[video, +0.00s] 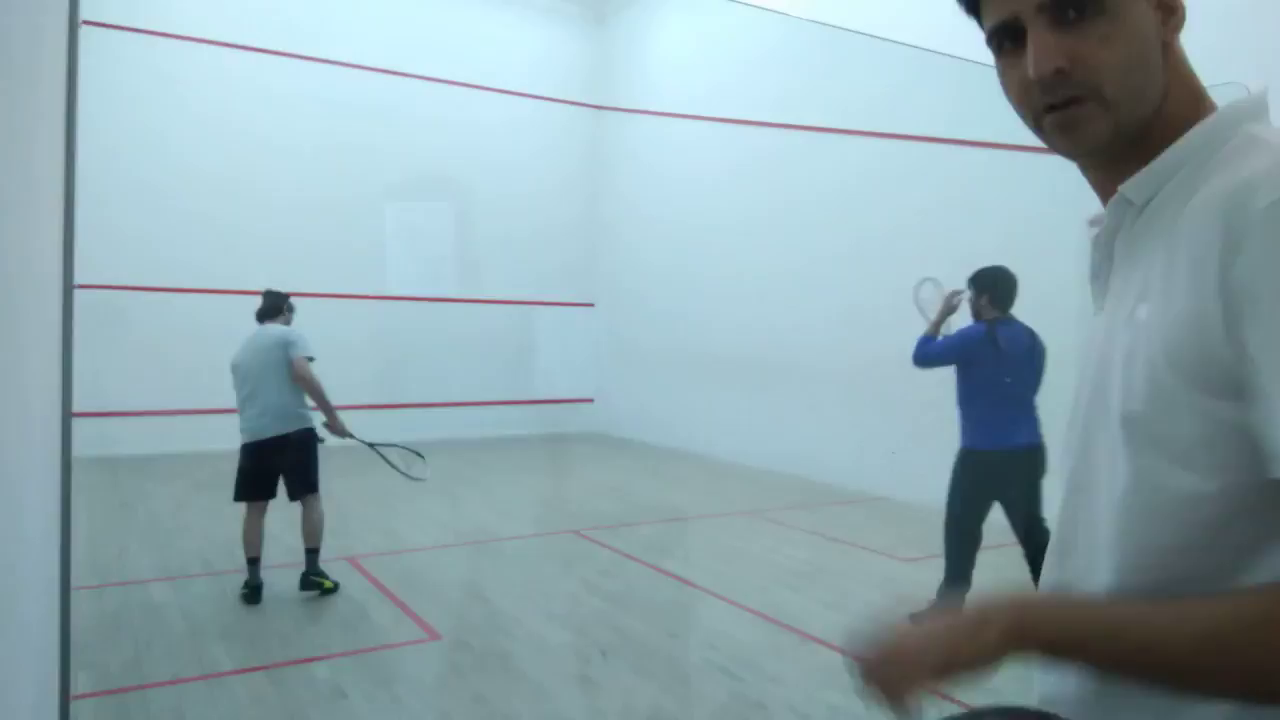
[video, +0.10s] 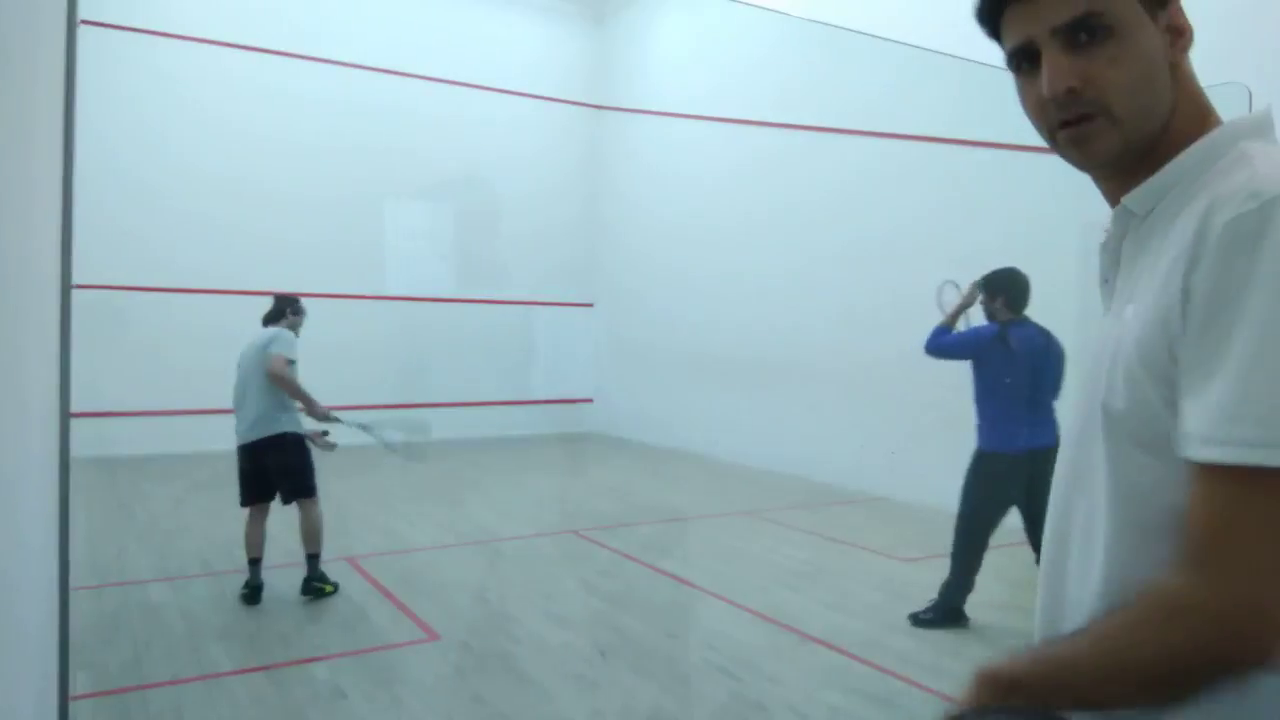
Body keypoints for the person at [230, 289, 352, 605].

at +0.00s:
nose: (292, 320)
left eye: (292, 316)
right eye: (291, 316)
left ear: (260, 314)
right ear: (285, 313)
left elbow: (246, 401)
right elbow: (302, 373)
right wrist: (331, 416)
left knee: (255, 507)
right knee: (310, 501)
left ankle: (253, 582)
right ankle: (312, 570)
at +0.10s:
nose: (300, 327)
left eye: (301, 321)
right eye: (299, 320)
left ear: (273, 317)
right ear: (288, 315)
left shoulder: (249, 350)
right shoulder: (283, 335)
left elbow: (260, 407)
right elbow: (278, 371)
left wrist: (305, 433)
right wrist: (313, 406)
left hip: (250, 443)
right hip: (282, 437)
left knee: (257, 509)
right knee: (308, 503)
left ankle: (254, 582)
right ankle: (314, 575)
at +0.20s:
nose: (325, 336)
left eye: (328, 330)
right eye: (325, 327)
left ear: (309, 323)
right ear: (308, 320)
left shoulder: (283, 352)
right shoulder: (282, 343)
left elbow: (270, 409)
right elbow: (253, 375)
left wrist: (300, 439)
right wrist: (297, 400)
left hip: (243, 438)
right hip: (262, 438)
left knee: (258, 507)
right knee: (287, 506)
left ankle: (250, 581)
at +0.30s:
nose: (335, 355)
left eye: (339, 349)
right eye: (335, 347)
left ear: (318, 341)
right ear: (317, 337)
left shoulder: (294, 369)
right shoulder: (278, 361)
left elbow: (274, 412)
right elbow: (247, 399)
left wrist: (284, 449)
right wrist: (292, 417)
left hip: (247, 441)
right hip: (237, 440)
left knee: (260, 506)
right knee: (268, 507)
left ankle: (239, 572)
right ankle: (261, 583)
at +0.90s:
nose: (325, 323)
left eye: (326, 317)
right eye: (324, 316)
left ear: (303, 314)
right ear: (312, 314)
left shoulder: (276, 341)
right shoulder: (287, 346)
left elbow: (267, 392)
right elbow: (264, 383)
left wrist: (306, 415)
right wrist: (305, 416)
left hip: (246, 431)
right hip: (264, 434)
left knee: (257, 499)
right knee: (297, 495)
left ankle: (240, 572)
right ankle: (279, 569)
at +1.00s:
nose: (338, 315)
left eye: (338, 309)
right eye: (337, 309)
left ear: (312, 307)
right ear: (328, 309)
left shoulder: (294, 338)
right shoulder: (309, 342)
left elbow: (291, 395)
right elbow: (296, 388)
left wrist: (325, 414)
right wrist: (344, 403)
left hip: (281, 433)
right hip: (299, 435)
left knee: (283, 497)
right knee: (319, 498)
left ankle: (246, 565)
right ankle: (321, 567)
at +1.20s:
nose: (375, 312)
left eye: (375, 306)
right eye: (374, 306)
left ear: (351, 306)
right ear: (364, 309)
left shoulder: (351, 343)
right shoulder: (334, 343)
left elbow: (362, 385)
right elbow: (313, 388)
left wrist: (401, 394)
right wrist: (349, 406)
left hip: (352, 433)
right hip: (334, 434)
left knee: (371, 488)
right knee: (337, 500)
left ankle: (353, 555)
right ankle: (322, 569)